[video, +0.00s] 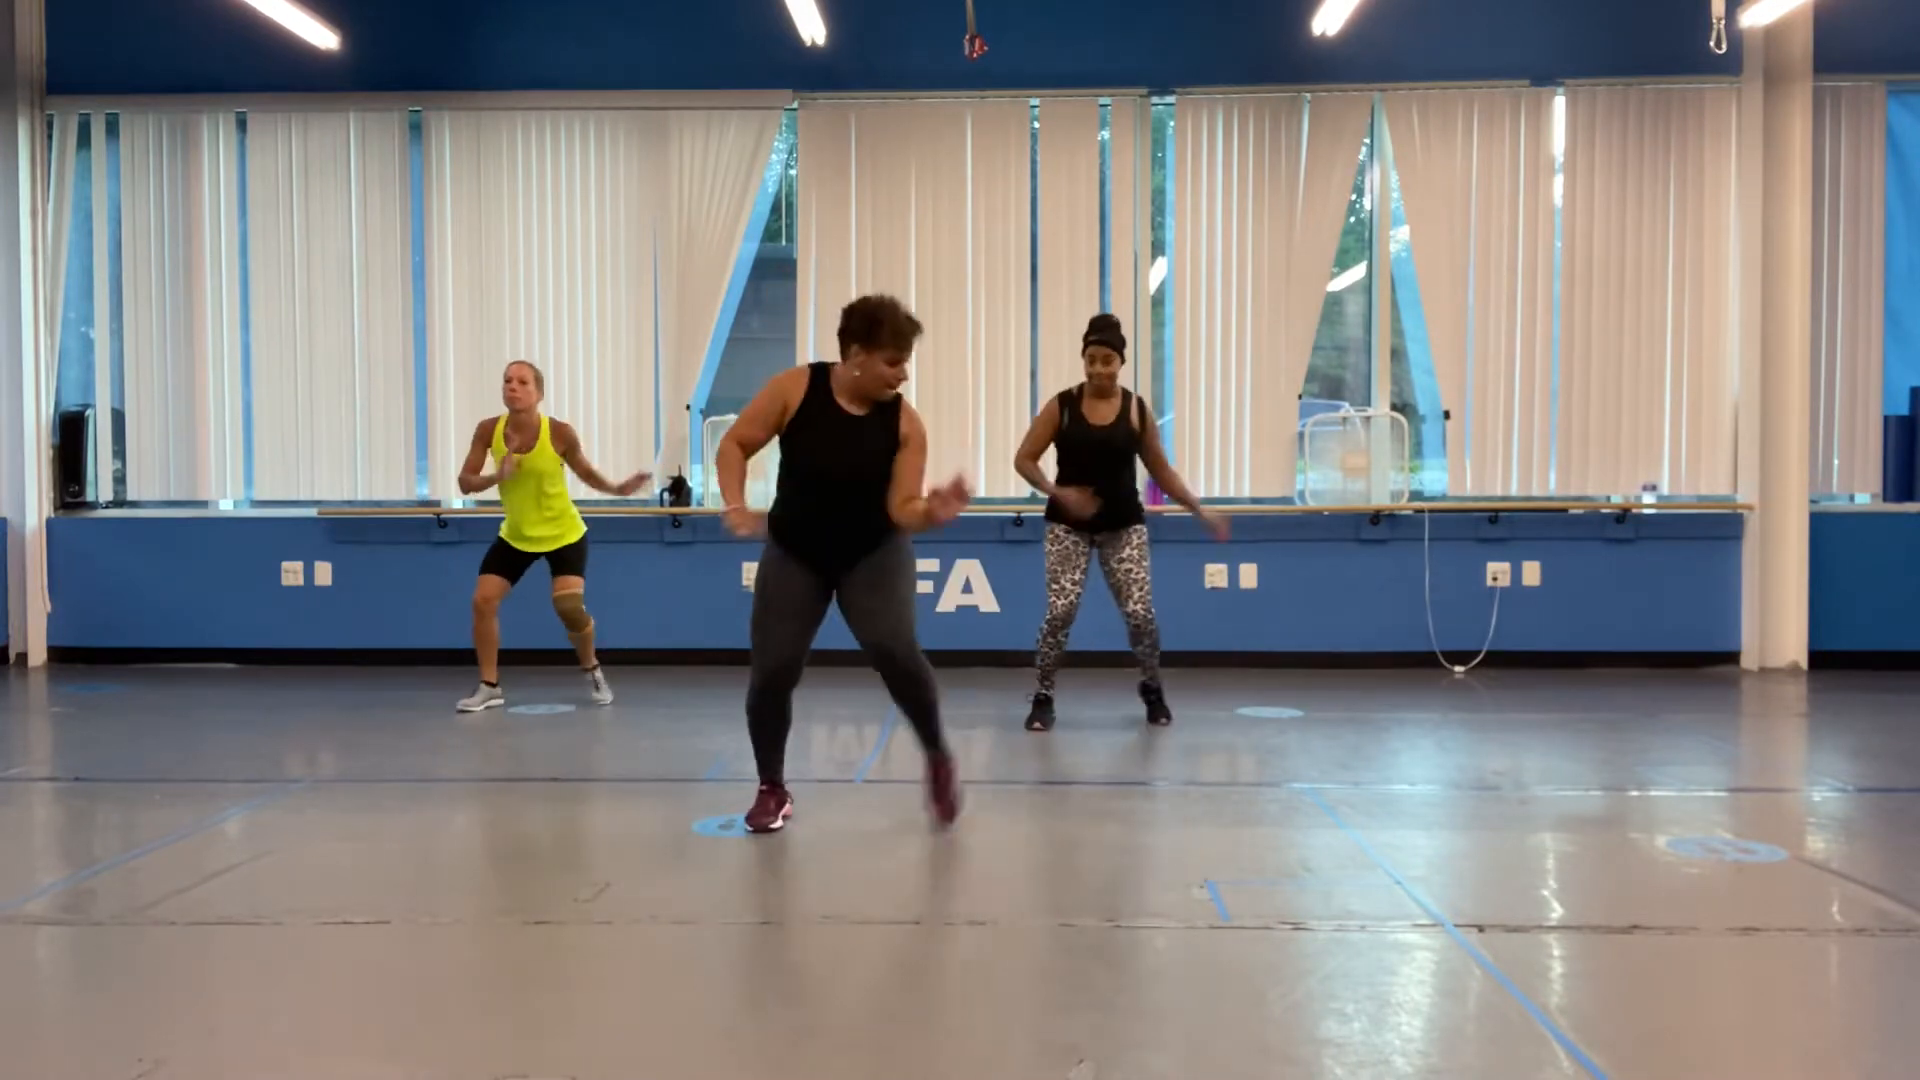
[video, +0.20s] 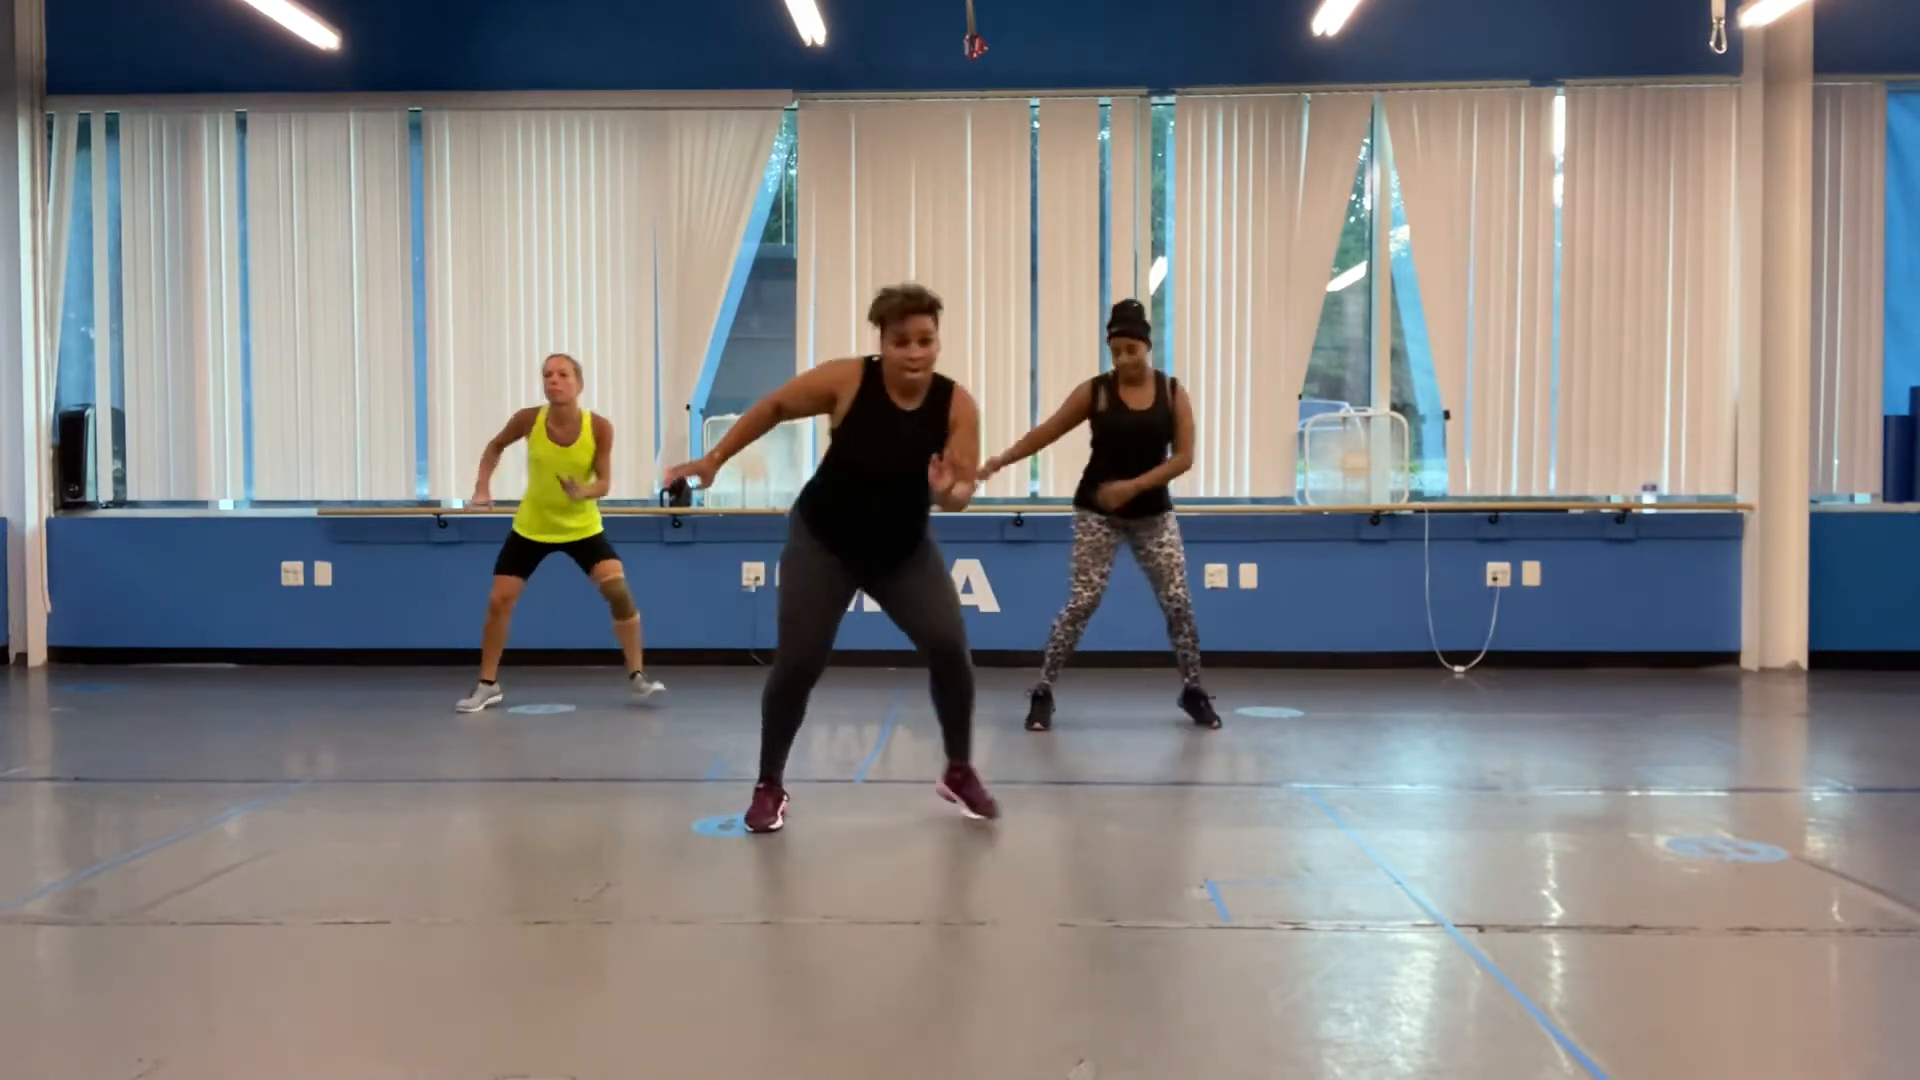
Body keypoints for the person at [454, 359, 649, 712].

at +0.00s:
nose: (513, 387)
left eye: (522, 383)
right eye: (508, 382)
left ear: (538, 393)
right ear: (502, 390)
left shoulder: (559, 432)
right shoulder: (489, 430)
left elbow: (587, 473)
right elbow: (465, 483)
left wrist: (616, 488)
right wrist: (497, 476)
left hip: (563, 531)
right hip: (517, 532)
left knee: (568, 604)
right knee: (483, 600)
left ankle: (592, 671)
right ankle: (489, 686)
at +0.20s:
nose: (554, 381)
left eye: (562, 375)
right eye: (548, 376)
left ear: (579, 384)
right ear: (542, 384)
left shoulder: (599, 428)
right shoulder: (528, 419)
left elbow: (603, 483)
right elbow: (495, 447)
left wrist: (583, 490)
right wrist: (482, 488)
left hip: (581, 526)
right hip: (532, 524)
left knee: (618, 590)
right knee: (499, 600)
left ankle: (637, 676)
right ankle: (487, 684)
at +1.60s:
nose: (652, 379)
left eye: (659, 372)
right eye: (644, 375)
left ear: (675, 380)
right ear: (639, 385)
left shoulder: (698, 419)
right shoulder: (630, 421)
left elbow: (709, 476)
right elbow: (589, 446)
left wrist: (678, 482)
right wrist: (575, 483)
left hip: (681, 522)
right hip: (634, 519)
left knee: (712, 591)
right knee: (603, 597)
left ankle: (733, 676)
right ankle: (583, 677)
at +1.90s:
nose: (656, 388)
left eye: (663, 381)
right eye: (649, 383)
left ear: (678, 389)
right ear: (643, 394)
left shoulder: (704, 427)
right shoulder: (637, 438)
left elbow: (734, 478)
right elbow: (641, 493)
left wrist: (710, 500)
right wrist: (599, 514)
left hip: (705, 530)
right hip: (659, 532)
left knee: (733, 599)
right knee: (625, 602)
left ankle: (740, 685)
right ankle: (627, 677)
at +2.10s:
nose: (616, 380)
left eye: (625, 375)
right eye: (611, 375)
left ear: (641, 385)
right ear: (605, 386)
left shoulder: (662, 421)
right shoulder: (595, 423)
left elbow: (703, 452)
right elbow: (597, 478)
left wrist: (736, 471)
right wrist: (613, 484)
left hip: (674, 522)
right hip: (632, 527)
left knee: (704, 598)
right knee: (600, 599)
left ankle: (753, 676)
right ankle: (592, 684)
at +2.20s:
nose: (598, 384)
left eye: (607, 378)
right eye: (593, 379)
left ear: (623, 386)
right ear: (587, 388)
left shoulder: (645, 425)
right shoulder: (576, 429)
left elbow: (686, 455)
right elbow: (568, 485)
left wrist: (731, 465)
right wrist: (607, 477)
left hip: (657, 526)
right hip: (613, 531)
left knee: (680, 595)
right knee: (579, 599)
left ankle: (723, 668)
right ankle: (589, 685)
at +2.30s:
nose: (584, 384)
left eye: (592, 379)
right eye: (579, 380)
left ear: (609, 387)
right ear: (574, 390)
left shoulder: (633, 423)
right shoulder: (565, 430)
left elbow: (675, 454)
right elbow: (557, 484)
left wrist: (719, 469)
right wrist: (595, 484)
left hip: (647, 526)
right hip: (603, 531)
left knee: (663, 594)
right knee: (568, 599)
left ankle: (679, 679)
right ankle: (586, 683)